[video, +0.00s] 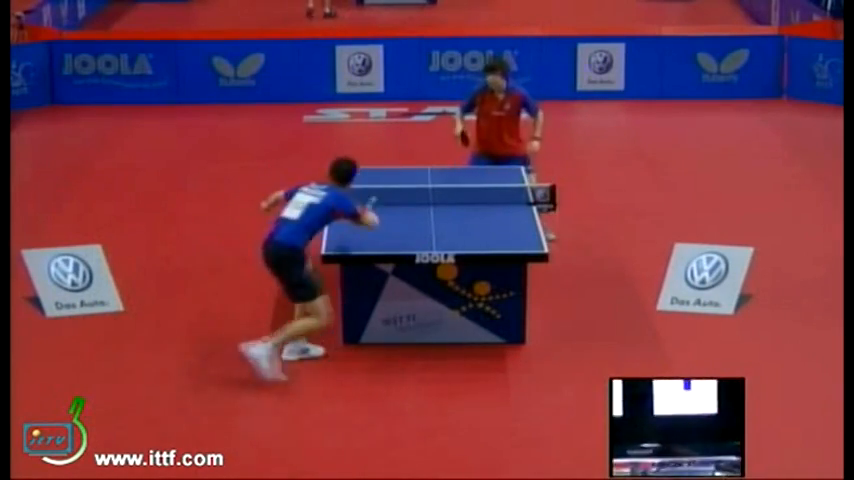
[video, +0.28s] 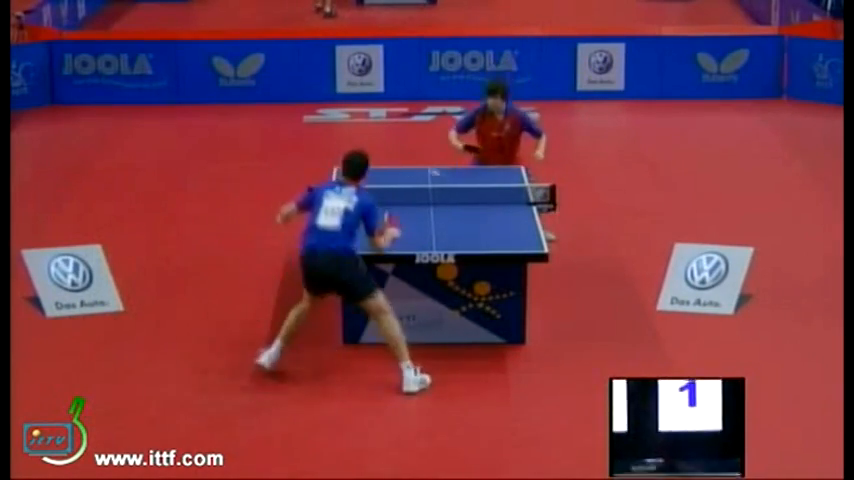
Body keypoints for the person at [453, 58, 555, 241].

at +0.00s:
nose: (492, 81)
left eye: (496, 77)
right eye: (489, 77)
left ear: (504, 77)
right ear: (486, 78)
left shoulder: (517, 95)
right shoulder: (481, 94)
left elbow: (538, 113)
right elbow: (462, 111)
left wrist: (536, 139)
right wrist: (460, 129)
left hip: (514, 155)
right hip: (485, 153)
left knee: (528, 192)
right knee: (470, 188)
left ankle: (537, 229)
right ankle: (469, 231)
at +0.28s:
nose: (494, 103)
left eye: (498, 99)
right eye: (491, 98)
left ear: (504, 100)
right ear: (487, 99)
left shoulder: (516, 116)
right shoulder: (480, 114)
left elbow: (541, 135)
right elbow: (454, 131)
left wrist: (540, 150)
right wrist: (457, 144)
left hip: (509, 167)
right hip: (483, 167)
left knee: (526, 199)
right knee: (476, 202)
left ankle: (537, 231)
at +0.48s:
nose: (499, 114)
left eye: (503, 110)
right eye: (496, 109)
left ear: (509, 110)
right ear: (490, 107)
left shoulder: (516, 122)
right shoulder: (480, 120)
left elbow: (537, 143)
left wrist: (536, 150)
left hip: (502, 169)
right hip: (478, 169)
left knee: (518, 201)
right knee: (474, 205)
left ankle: (535, 231)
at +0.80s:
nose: (505, 92)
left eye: (508, 88)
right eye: (502, 88)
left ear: (514, 89)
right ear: (497, 89)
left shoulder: (523, 108)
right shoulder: (490, 104)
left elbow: (543, 126)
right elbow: (471, 114)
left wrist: (545, 131)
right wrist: (457, 119)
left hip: (512, 157)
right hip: (487, 155)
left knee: (534, 185)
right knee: (472, 189)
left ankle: (538, 226)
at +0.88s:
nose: (505, 83)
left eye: (508, 79)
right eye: (502, 79)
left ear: (515, 80)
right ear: (497, 80)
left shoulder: (525, 99)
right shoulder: (490, 95)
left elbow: (549, 118)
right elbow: (468, 105)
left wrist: (547, 127)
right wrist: (452, 113)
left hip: (516, 153)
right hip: (488, 152)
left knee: (532, 185)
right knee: (474, 188)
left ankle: (537, 226)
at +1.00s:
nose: (500, 74)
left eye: (504, 70)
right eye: (497, 70)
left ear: (511, 70)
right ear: (493, 71)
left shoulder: (522, 89)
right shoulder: (487, 87)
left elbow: (543, 107)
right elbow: (461, 101)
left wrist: (542, 122)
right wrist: (452, 115)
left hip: (516, 143)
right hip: (488, 142)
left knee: (532, 180)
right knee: (471, 177)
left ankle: (544, 221)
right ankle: (464, 223)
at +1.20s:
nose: (479, 86)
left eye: (483, 81)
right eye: (477, 81)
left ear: (491, 82)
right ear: (473, 82)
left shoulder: (504, 99)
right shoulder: (473, 99)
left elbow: (532, 115)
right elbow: (454, 115)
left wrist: (533, 139)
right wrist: (432, 127)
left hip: (510, 154)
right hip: (483, 153)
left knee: (528, 188)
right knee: (463, 183)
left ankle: (554, 218)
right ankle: (460, 220)